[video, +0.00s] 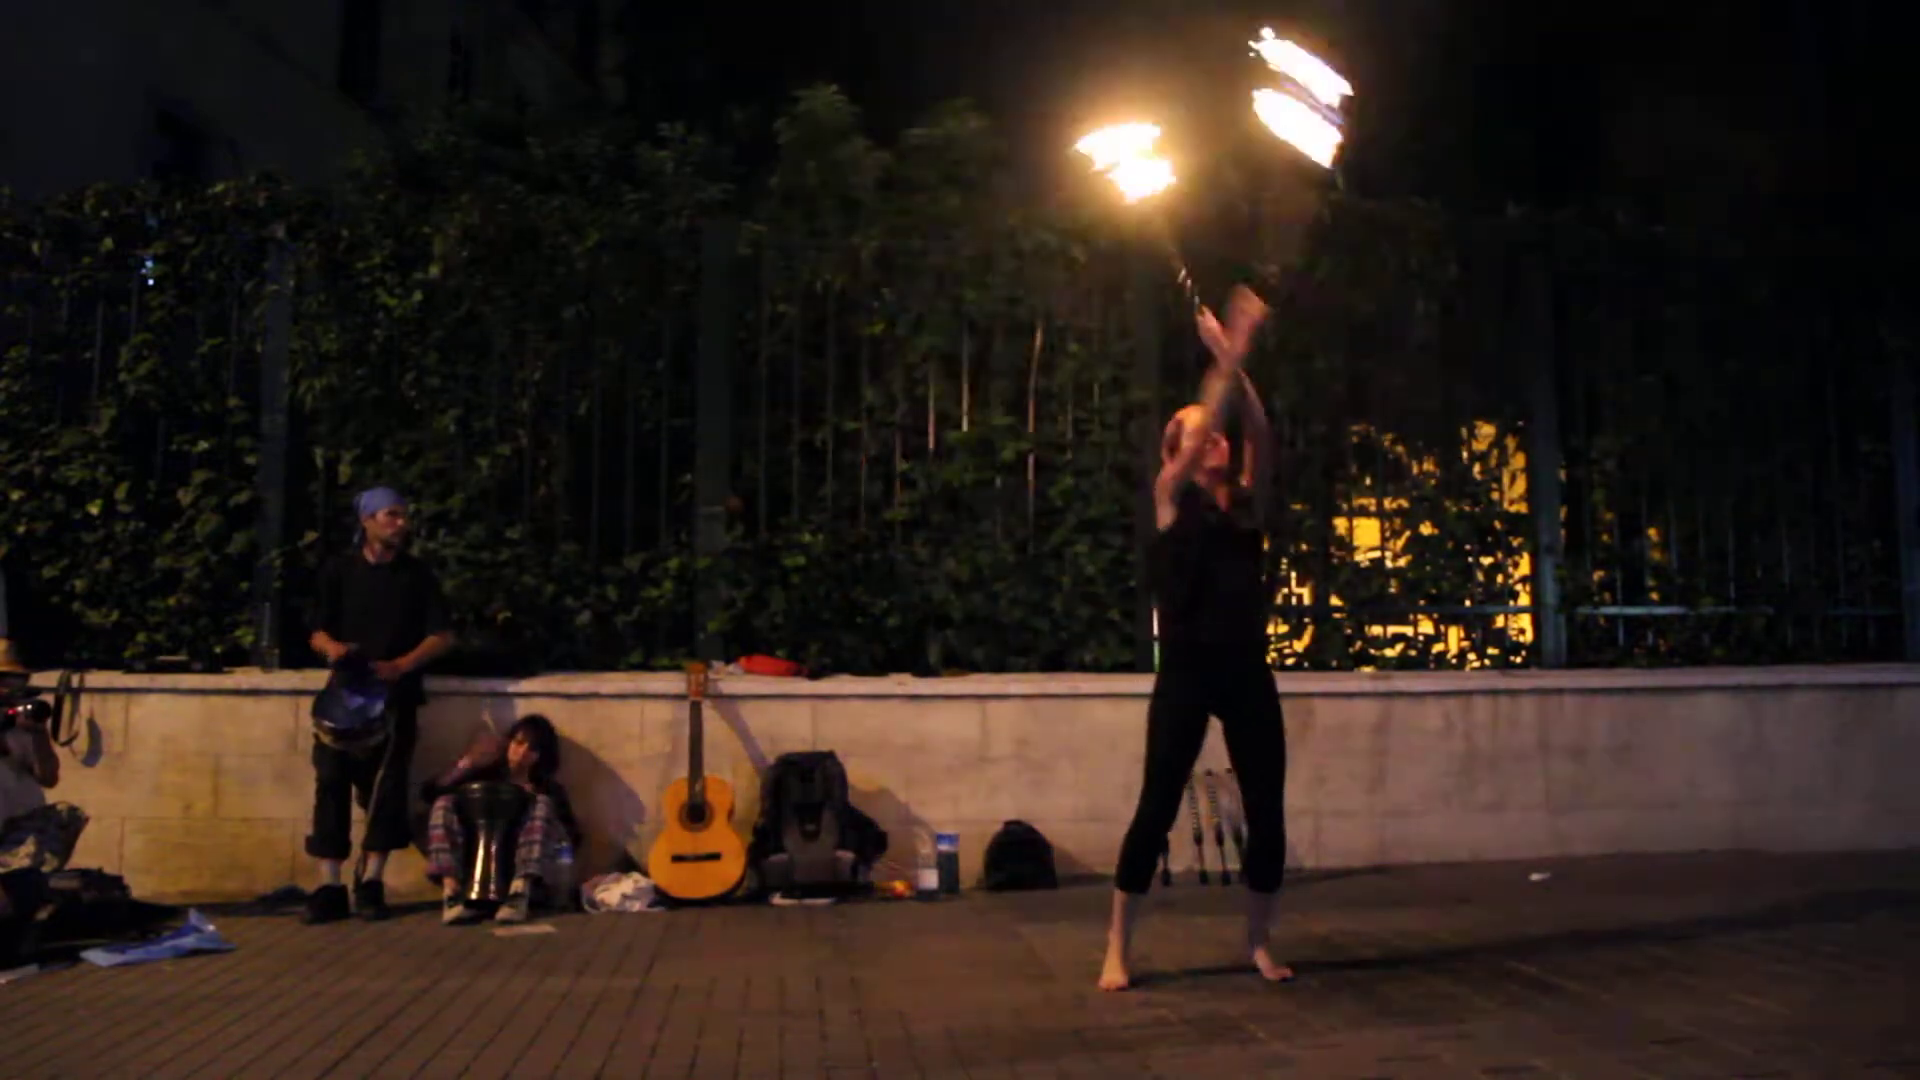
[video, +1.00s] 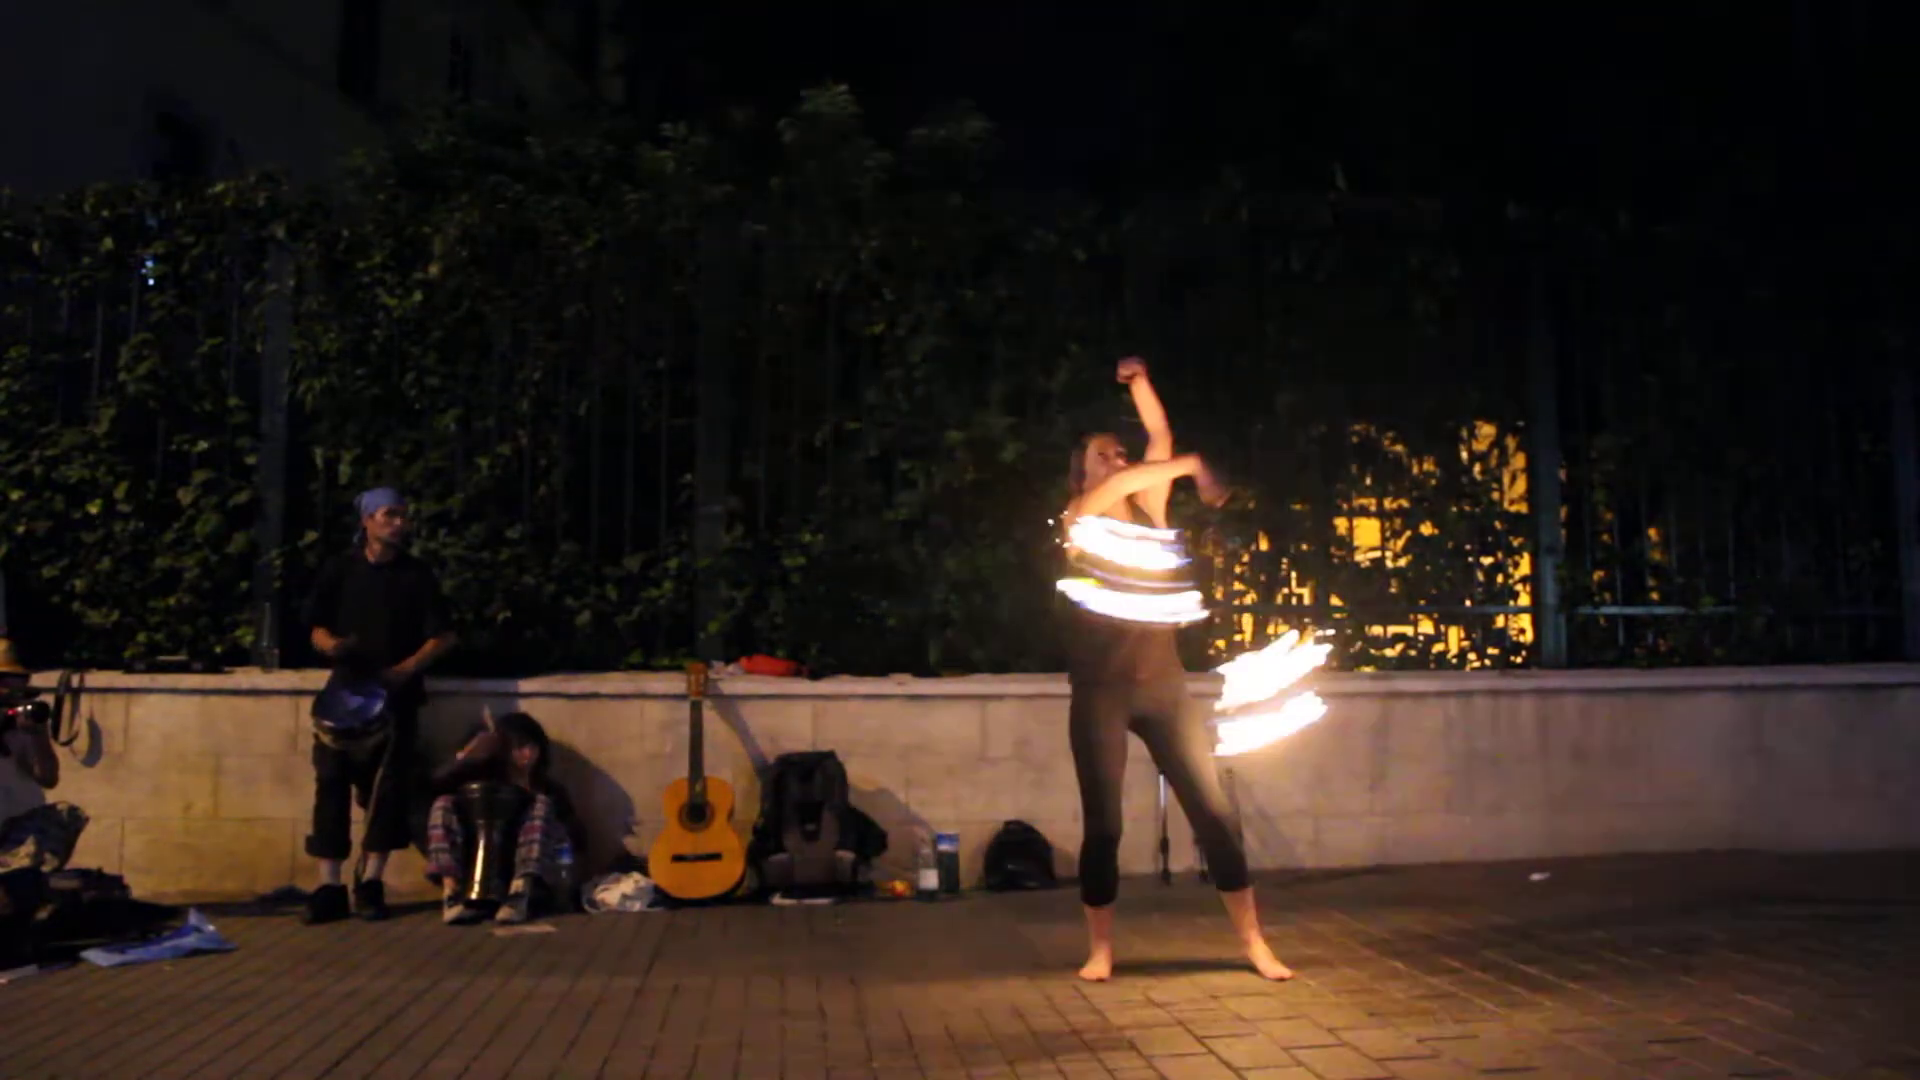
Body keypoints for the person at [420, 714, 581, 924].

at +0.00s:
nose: (522, 752)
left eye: (532, 749)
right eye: (519, 743)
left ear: (541, 757)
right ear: (509, 743)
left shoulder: (549, 788)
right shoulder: (486, 774)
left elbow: (572, 837)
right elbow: (430, 794)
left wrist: (536, 799)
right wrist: (466, 763)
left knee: (541, 805)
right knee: (444, 804)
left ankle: (520, 893)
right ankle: (451, 892)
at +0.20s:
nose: (520, 749)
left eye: (529, 745)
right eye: (517, 740)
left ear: (538, 753)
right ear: (508, 742)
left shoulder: (550, 788)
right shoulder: (490, 775)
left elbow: (564, 839)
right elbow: (448, 780)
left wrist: (540, 798)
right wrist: (483, 757)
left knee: (542, 806)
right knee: (445, 804)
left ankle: (520, 892)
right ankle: (451, 893)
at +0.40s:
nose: (524, 749)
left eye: (532, 745)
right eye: (520, 740)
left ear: (541, 754)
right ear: (509, 742)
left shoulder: (546, 790)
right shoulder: (484, 774)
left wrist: (535, 797)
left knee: (542, 806)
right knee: (444, 804)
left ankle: (521, 891)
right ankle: (451, 892)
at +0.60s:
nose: (526, 751)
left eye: (534, 746)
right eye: (522, 743)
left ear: (542, 753)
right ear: (509, 744)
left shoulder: (551, 789)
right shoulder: (484, 778)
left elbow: (568, 841)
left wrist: (540, 801)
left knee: (541, 806)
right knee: (443, 805)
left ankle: (521, 893)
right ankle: (451, 893)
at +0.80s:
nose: (532, 756)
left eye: (538, 749)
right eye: (524, 747)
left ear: (545, 753)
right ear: (508, 749)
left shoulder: (548, 789)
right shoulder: (487, 783)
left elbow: (558, 842)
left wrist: (538, 798)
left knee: (542, 807)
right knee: (443, 805)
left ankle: (521, 892)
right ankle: (451, 893)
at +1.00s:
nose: (528, 755)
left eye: (533, 747)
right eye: (520, 747)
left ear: (542, 752)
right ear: (504, 751)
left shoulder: (548, 787)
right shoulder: (483, 782)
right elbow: (437, 787)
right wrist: (465, 756)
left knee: (541, 805)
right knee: (443, 805)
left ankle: (520, 893)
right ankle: (451, 893)